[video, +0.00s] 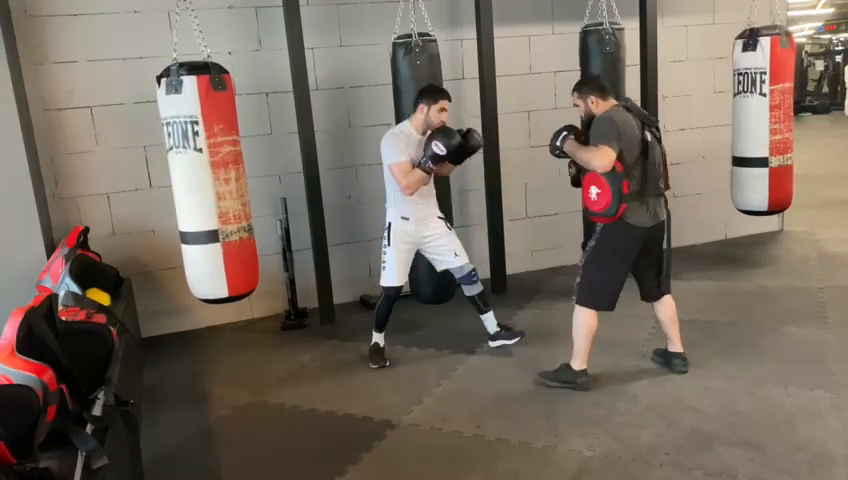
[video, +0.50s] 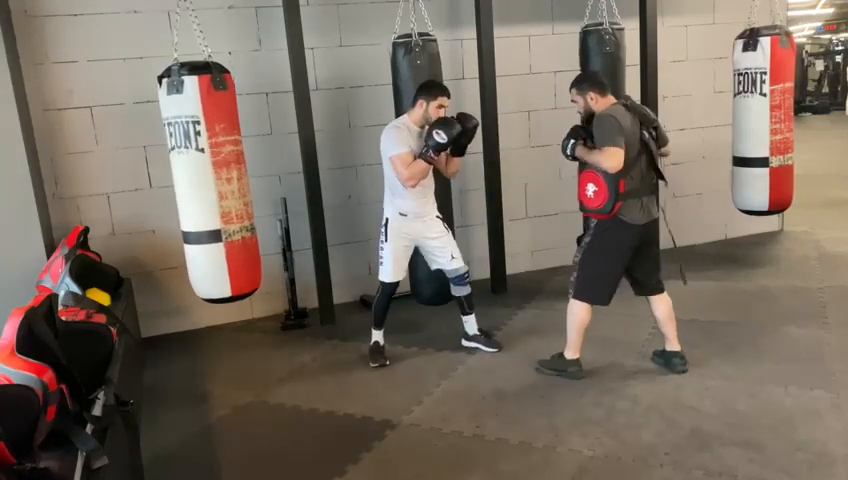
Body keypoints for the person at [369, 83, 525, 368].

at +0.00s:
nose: (445, 117)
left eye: (447, 112)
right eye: (441, 111)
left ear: (429, 110)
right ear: (422, 108)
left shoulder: (433, 136)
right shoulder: (393, 139)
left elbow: (440, 171)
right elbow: (408, 186)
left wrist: (461, 152)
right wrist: (430, 157)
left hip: (432, 221)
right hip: (401, 225)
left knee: (466, 272)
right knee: (392, 288)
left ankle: (494, 331)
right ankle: (377, 342)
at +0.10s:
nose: (439, 109)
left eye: (441, 104)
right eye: (436, 103)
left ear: (424, 102)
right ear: (416, 100)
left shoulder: (426, 129)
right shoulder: (390, 129)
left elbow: (435, 164)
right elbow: (404, 175)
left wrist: (454, 141)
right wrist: (428, 147)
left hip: (428, 215)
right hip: (398, 218)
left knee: (459, 268)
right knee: (389, 281)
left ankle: (478, 330)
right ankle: (376, 341)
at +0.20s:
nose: (437, 109)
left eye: (439, 104)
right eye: (433, 103)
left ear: (429, 103)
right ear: (414, 100)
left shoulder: (425, 129)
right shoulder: (389, 132)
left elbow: (438, 170)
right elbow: (408, 176)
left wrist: (451, 143)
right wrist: (431, 143)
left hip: (425, 218)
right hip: (395, 220)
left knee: (452, 274)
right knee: (385, 283)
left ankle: (470, 334)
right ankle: (376, 342)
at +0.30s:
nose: (440, 110)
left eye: (442, 105)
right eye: (436, 104)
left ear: (430, 105)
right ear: (417, 102)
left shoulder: (428, 132)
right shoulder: (392, 134)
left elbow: (439, 176)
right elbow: (409, 177)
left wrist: (454, 150)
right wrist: (434, 147)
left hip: (426, 219)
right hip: (396, 221)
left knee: (453, 273)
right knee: (385, 284)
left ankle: (471, 334)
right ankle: (376, 342)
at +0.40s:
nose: (443, 111)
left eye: (445, 106)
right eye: (439, 105)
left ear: (436, 106)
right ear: (420, 102)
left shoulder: (432, 132)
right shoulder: (393, 132)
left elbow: (443, 174)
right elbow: (408, 177)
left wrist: (458, 148)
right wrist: (435, 148)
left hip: (430, 218)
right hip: (398, 220)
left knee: (454, 275)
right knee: (388, 283)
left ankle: (472, 334)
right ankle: (377, 342)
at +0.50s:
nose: (442, 114)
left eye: (445, 109)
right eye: (440, 108)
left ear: (436, 109)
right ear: (421, 104)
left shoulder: (431, 133)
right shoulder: (394, 132)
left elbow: (449, 171)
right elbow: (409, 178)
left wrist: (460, 144)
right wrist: (434, 146)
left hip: (430, 219)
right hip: (399, 221)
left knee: (459, 273)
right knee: (389, 284)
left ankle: (472, 334)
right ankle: (376, 342)